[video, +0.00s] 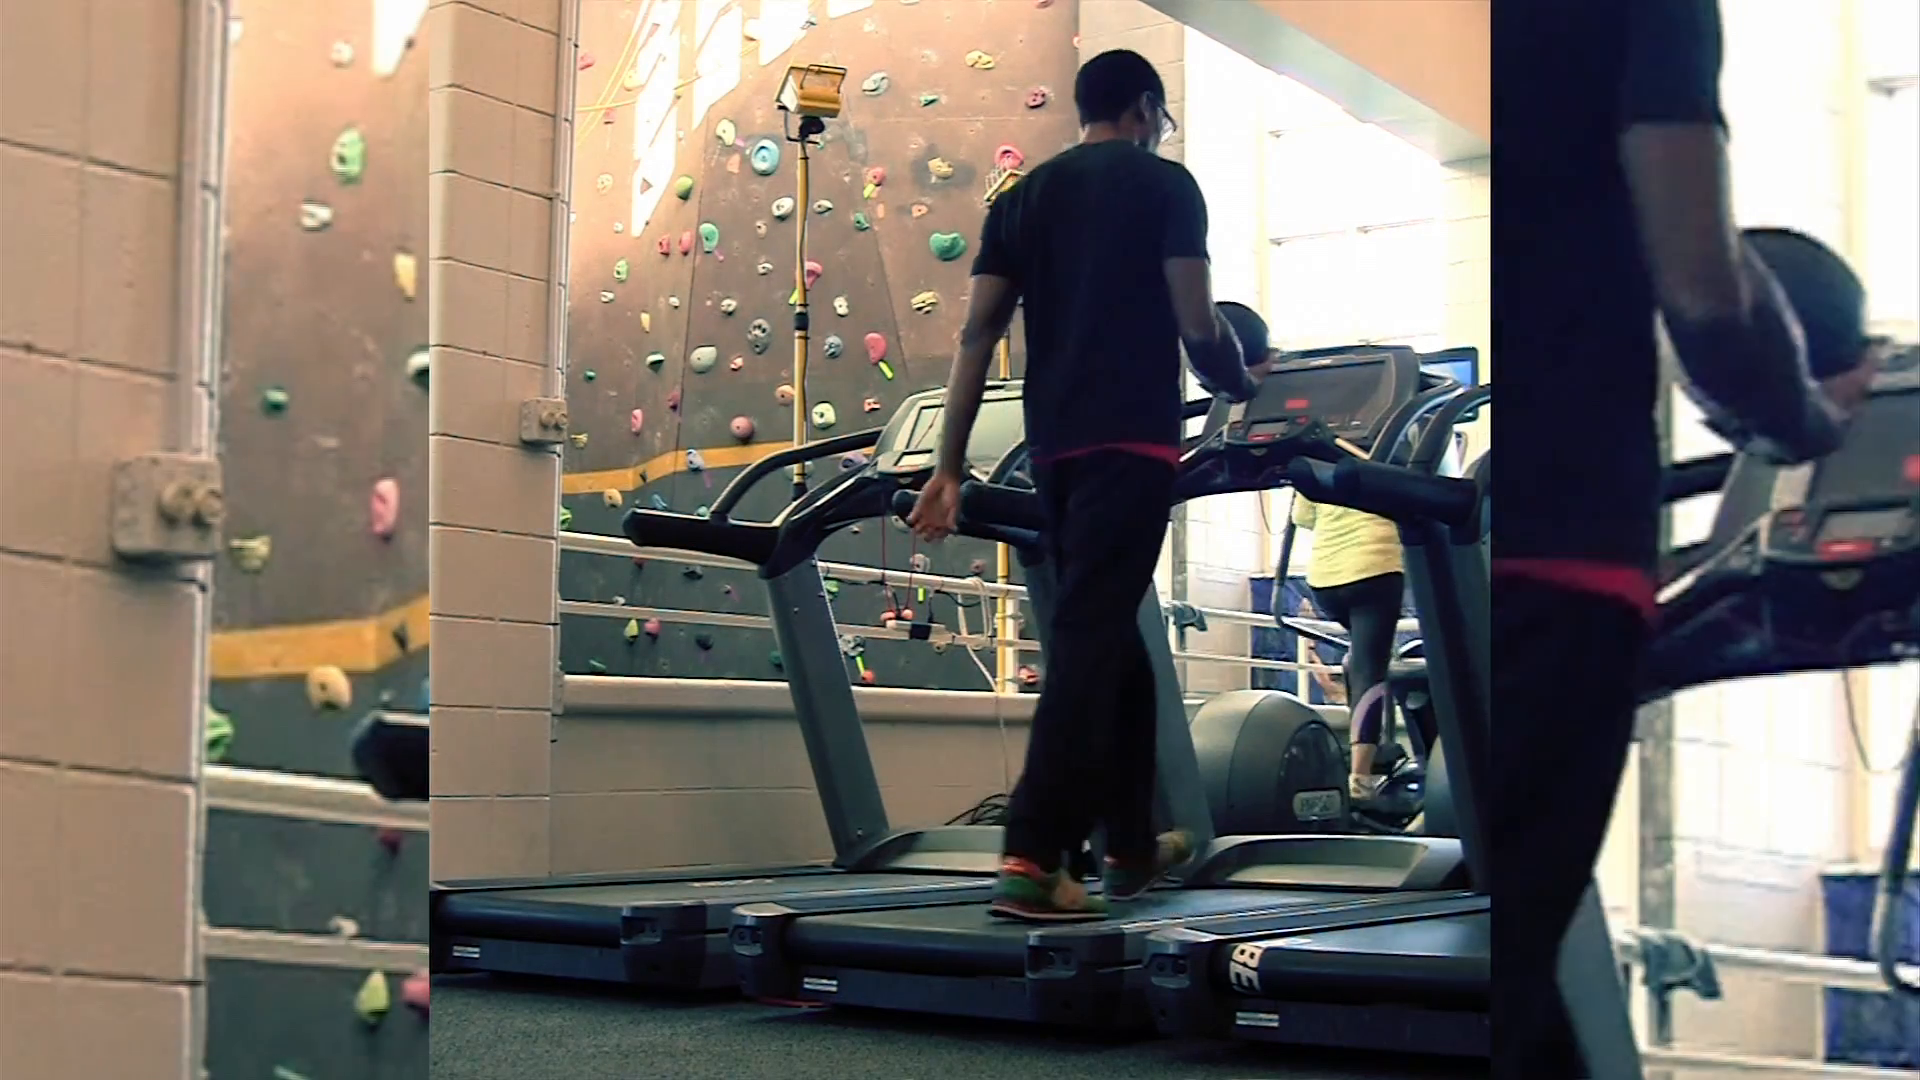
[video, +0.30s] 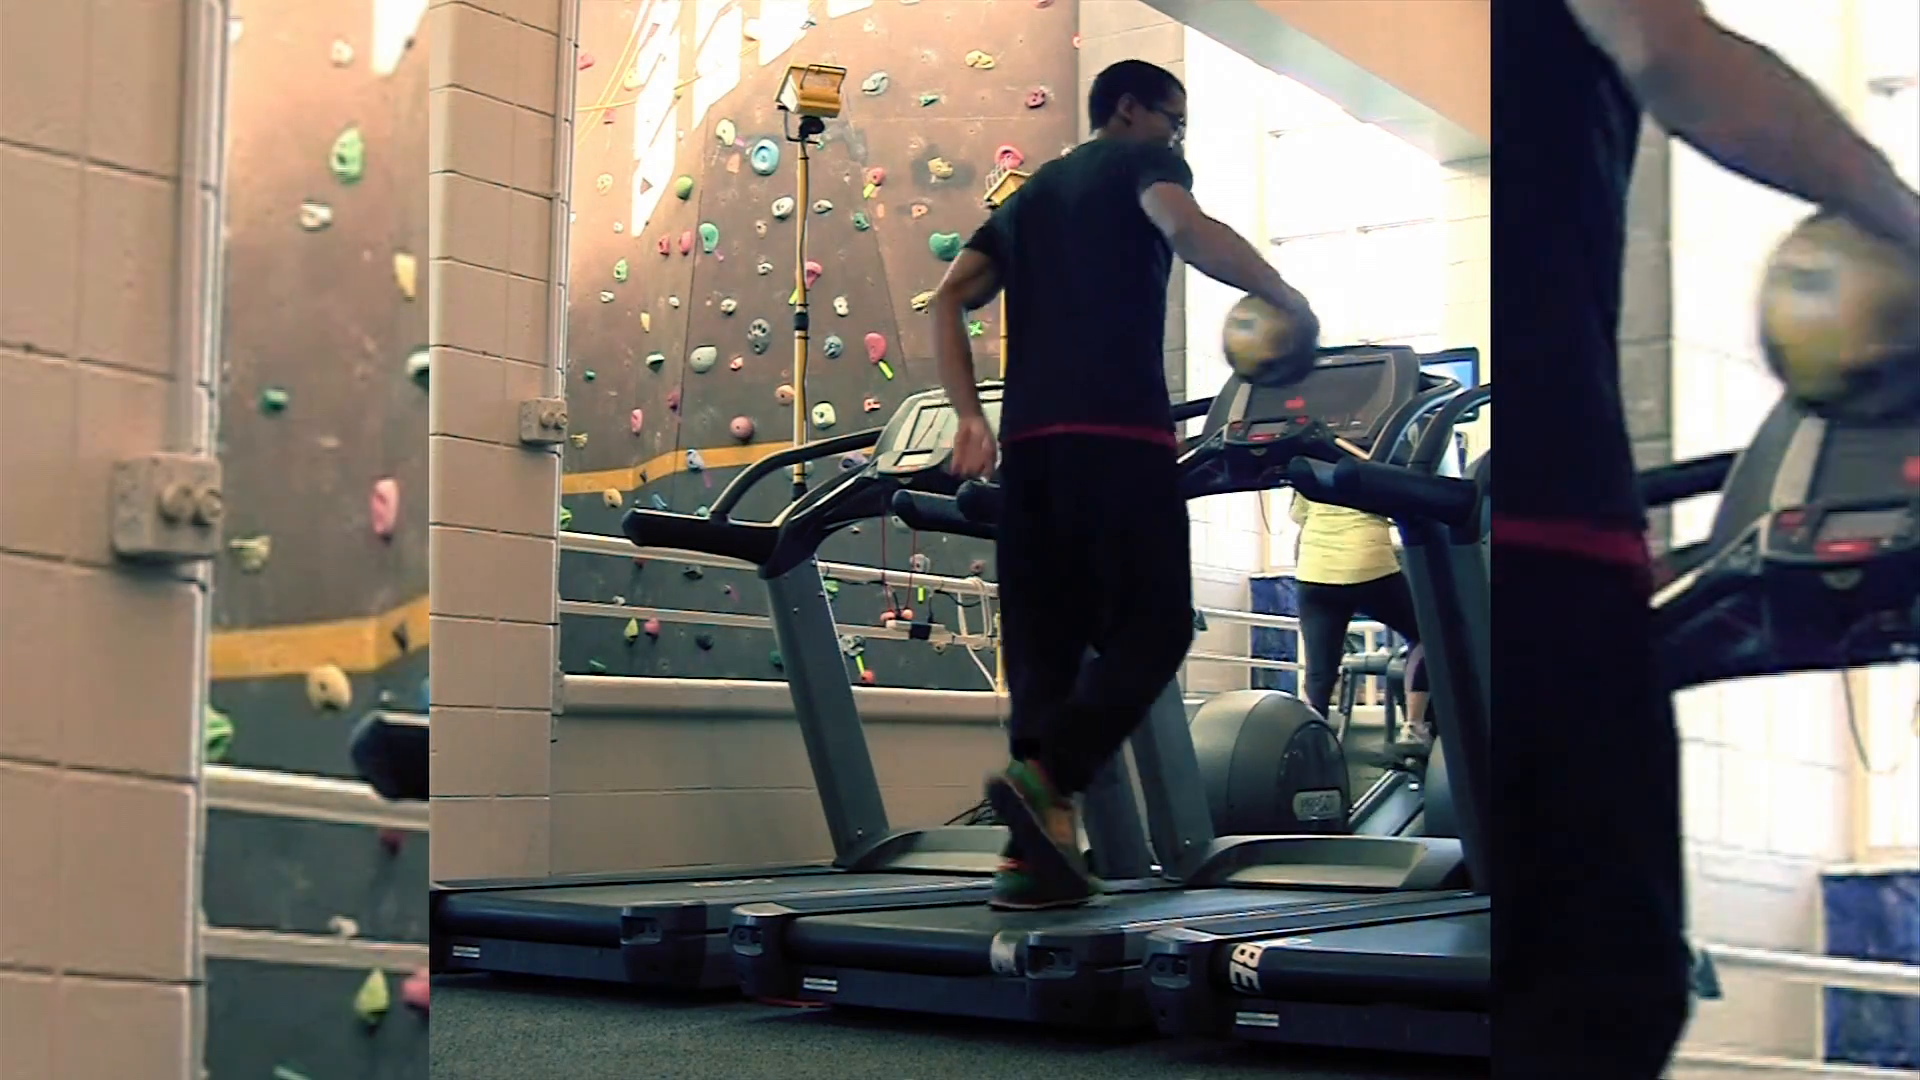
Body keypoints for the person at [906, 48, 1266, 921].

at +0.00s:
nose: (1162, 132)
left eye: (1161, 121)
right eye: (1161, 118)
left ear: (1081, 112)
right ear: (1143, 111)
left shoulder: (1020, 197)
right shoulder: (1165, 182)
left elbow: (977, 338)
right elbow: (1197, 331)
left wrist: (947, 464)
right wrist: (1240, 388)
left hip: (1053, 450)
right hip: (1136, 445)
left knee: (1110, 643)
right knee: (1086, 645)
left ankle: (1132, 849)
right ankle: (1032, 859)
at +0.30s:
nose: (1176, 139)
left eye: (1178, 127)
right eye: (1170, 123)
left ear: (1102, 114)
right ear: (1128, 106)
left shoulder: (1025, 197)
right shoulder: (1142, 158)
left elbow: (945, 302)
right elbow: (1187, 230)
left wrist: (968, 414)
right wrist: (1293, 302)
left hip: (1031, 447)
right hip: (1121, 438)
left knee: (1037, 641)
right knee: (1157, 625)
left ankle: (1042, 856)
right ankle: (1046, 776)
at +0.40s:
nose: (1204, 138)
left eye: (1206, 124)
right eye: (1196, 120)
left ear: (1127, 116)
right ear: (1148, 110)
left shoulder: (1045, 198)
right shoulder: (1155, 162)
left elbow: (958, 278)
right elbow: (1130, 219)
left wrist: (974, 370)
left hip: (1035, 456)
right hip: (1131, 451)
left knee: (1018, 648)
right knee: (1185, 627)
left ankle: (985, 856)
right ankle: (1128, 825)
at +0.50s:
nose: (1234, 150)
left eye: (1237, 138)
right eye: (1220, 132)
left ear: (1169, 142)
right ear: (1167, 131)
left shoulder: (1101, 205)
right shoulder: (1170, 189)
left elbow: (978, 270)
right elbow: (1079, 235)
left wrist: (964, 366)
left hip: (1052, 475)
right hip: (1133, 474)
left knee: (1029, 654)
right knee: (1204, 647)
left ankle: (942, 848)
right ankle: (1189, 853)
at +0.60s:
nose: (1256, 158)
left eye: (1259, 146)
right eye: (1240, 140)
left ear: (1185, 156)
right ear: (1188, 145)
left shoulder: (1130, 218)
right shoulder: (1178, 205)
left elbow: (992, 275)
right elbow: (1058, 261)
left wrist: (956, 389)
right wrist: (1011, 385)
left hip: (1079, 483)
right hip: (1137, 482)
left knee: (1096, 680)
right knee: (1217, 663)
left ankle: (947, 774)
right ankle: (1138, 859)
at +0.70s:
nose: (1239, 145)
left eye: (1244, 133)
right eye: (1223, 128)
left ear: (1230, 145)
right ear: (1176, 135)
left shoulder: (1168, 216)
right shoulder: (1152, 206)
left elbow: (1066, 304)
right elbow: (1034, 283)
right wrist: (1021, 421)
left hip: (1121, 478)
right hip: (1114, 481)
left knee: (1181, 653)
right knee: (1212, 650)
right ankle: (1096, 861)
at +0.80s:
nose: (1192, 64)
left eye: (1204, 51)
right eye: (1176, 49)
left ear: (1216, 62)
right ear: (1142, 55)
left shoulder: (1193, 157)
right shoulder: (1104, 134)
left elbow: (1163, 239)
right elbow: (991, 215)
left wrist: (1224, 263)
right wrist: (1021, 332)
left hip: (1169, 401)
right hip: (1096, 405)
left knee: (1267, 539)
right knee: (1108, 620)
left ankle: (1095, 582)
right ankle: (1059, 843)